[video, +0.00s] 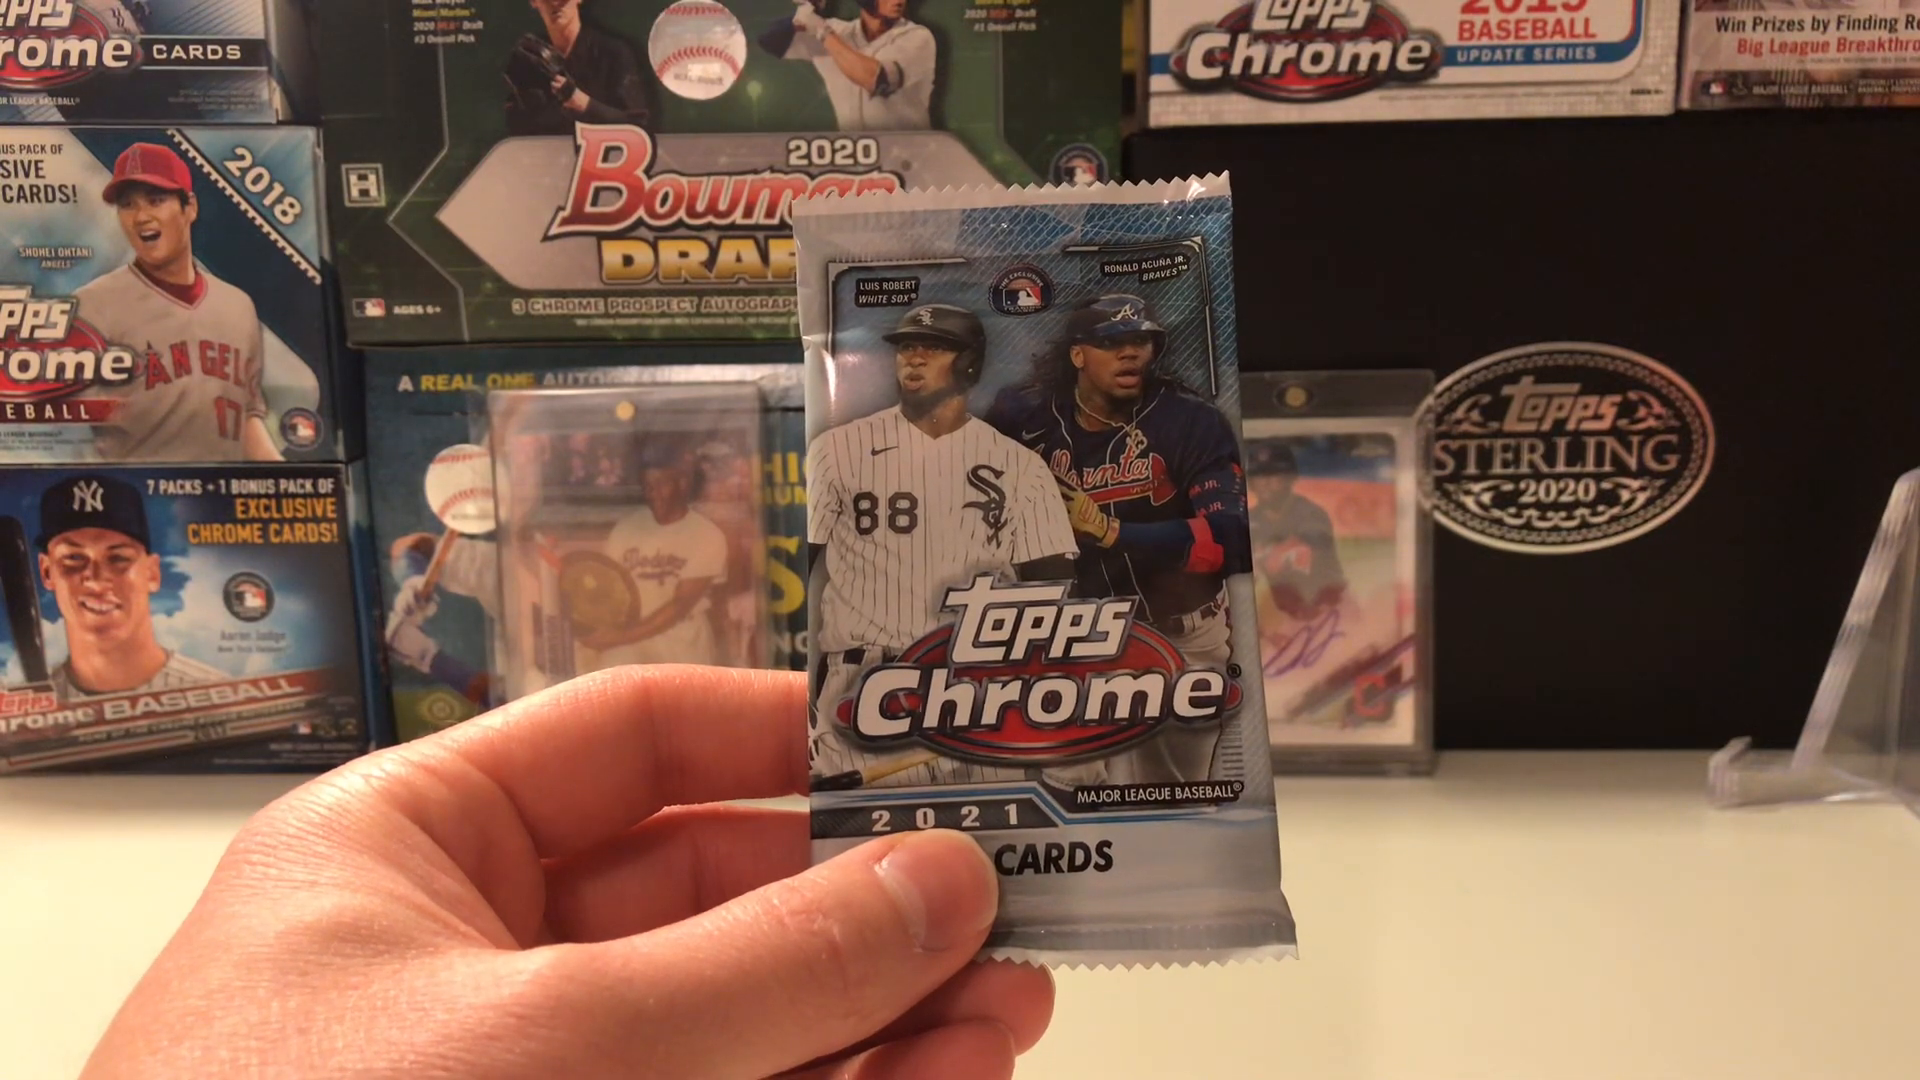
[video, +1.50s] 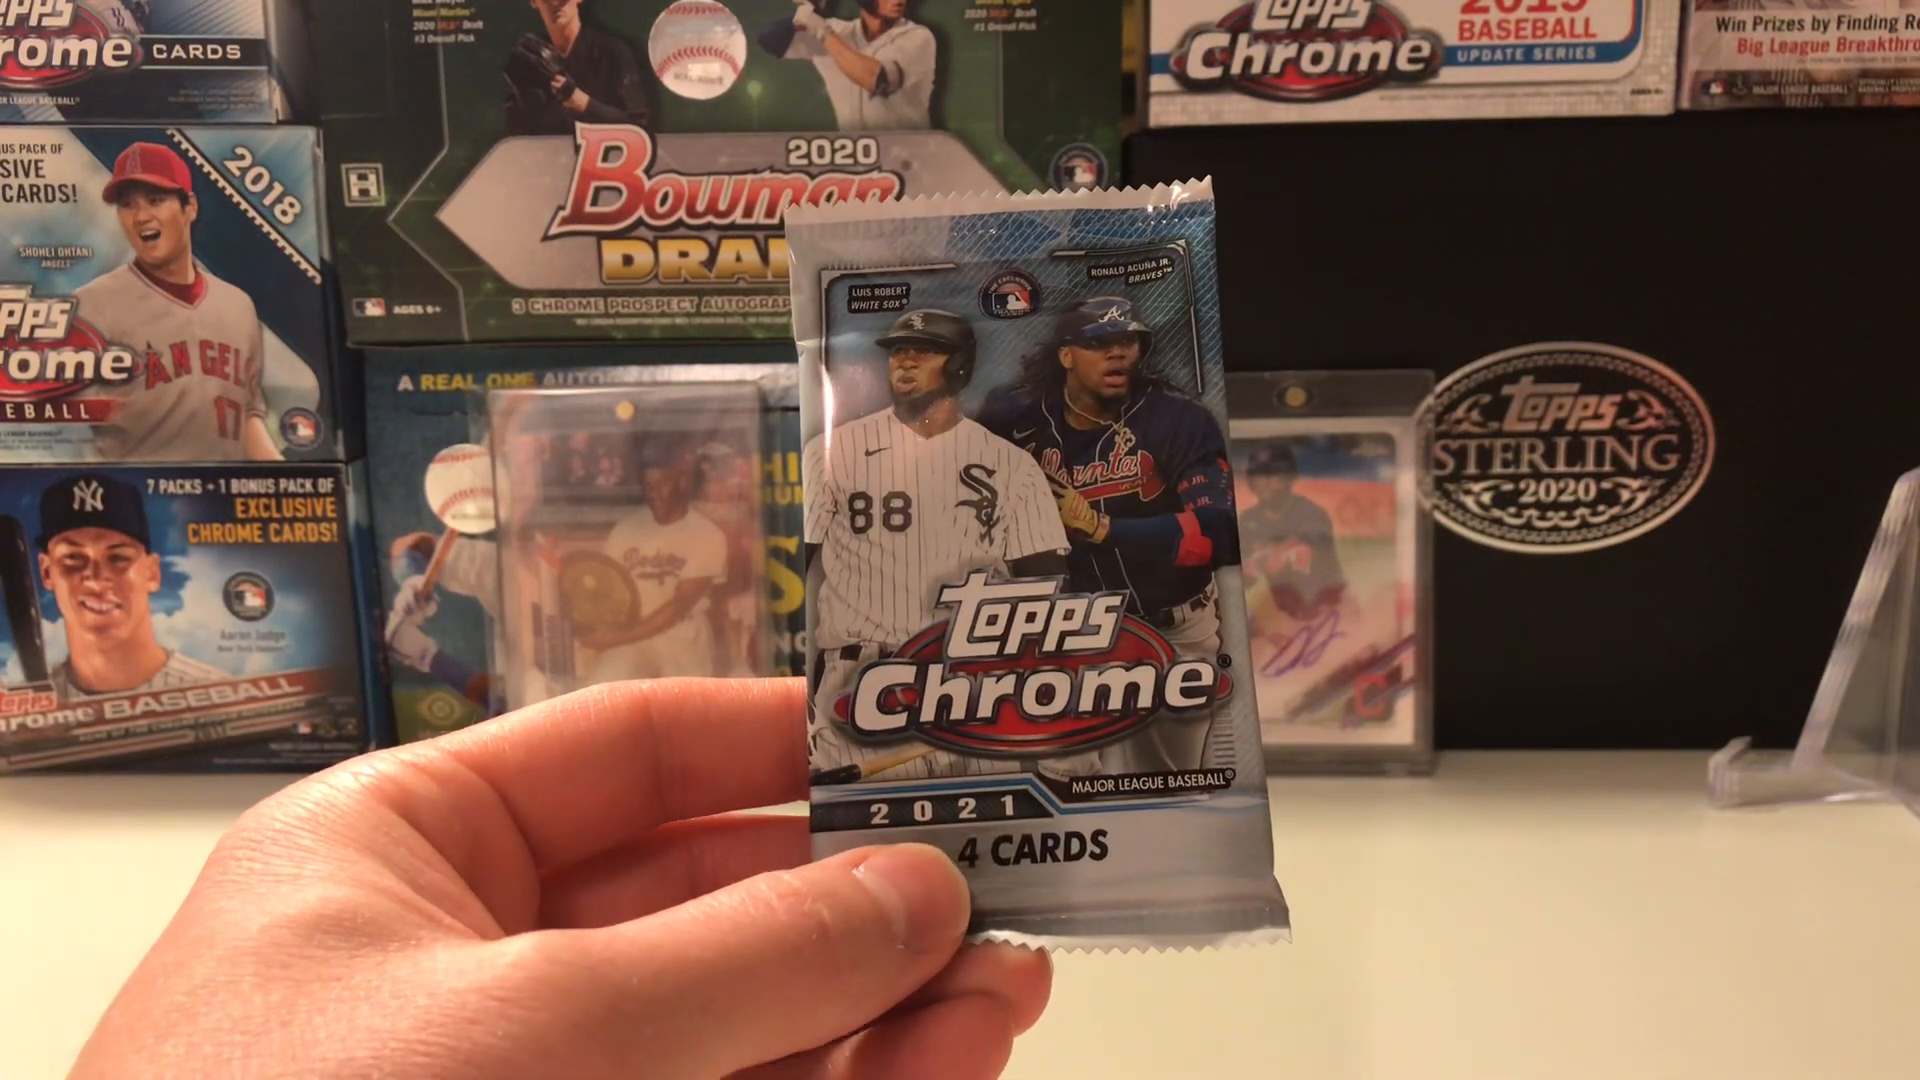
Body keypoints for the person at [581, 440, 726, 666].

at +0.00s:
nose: (653, 494)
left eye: (661, 484)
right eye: (647, 486)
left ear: (683, 484)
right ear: (642, 487)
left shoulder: (707, 536)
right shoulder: (625, 530)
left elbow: (680, 607)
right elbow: (605, 591)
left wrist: (619, 637)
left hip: (684, 660)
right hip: (627, 661)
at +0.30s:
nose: (653, 493)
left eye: (661, 484)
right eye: (648, 485)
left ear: (683, 484)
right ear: (642, 488)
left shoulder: (707, 536)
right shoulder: (625, 530)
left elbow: (681, 606)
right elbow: (605, 591)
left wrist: (619, 637)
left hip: (684, 661)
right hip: (626, 662)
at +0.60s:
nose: (653, 494)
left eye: (661, 484)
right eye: (648, 485)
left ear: (683, 484)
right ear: (643, 487)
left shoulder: (707, 536)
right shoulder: (624, 529)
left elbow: (680, 607)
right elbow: (604, 590)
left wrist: (617, 637)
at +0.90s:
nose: (653, 494)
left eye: (661, 484)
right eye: (648, 485)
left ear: (683, 484)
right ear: (642, 487)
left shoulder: (707, 536)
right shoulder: (625, 529)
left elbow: (679, 607)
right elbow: (603, 588)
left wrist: (617, 637)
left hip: (683, 644)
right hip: (627, 645)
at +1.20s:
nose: (652, 494)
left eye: (660, 485)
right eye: (647, 486)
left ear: (683, 484)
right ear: (642, 487)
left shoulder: (707, 536)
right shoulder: (625, 530)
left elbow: (679, 607)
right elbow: (603, 589)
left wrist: (616, 637)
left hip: (683, 644)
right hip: (628, 645)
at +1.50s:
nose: (653, 495)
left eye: (660, 485)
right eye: (648, 486)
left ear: (683, 483)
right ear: (642, 488)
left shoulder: (707, 536)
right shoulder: (625, 530)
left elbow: (679, 607)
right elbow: (604, 589)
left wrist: (617, 637)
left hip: (682, 645)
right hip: (625, 646)